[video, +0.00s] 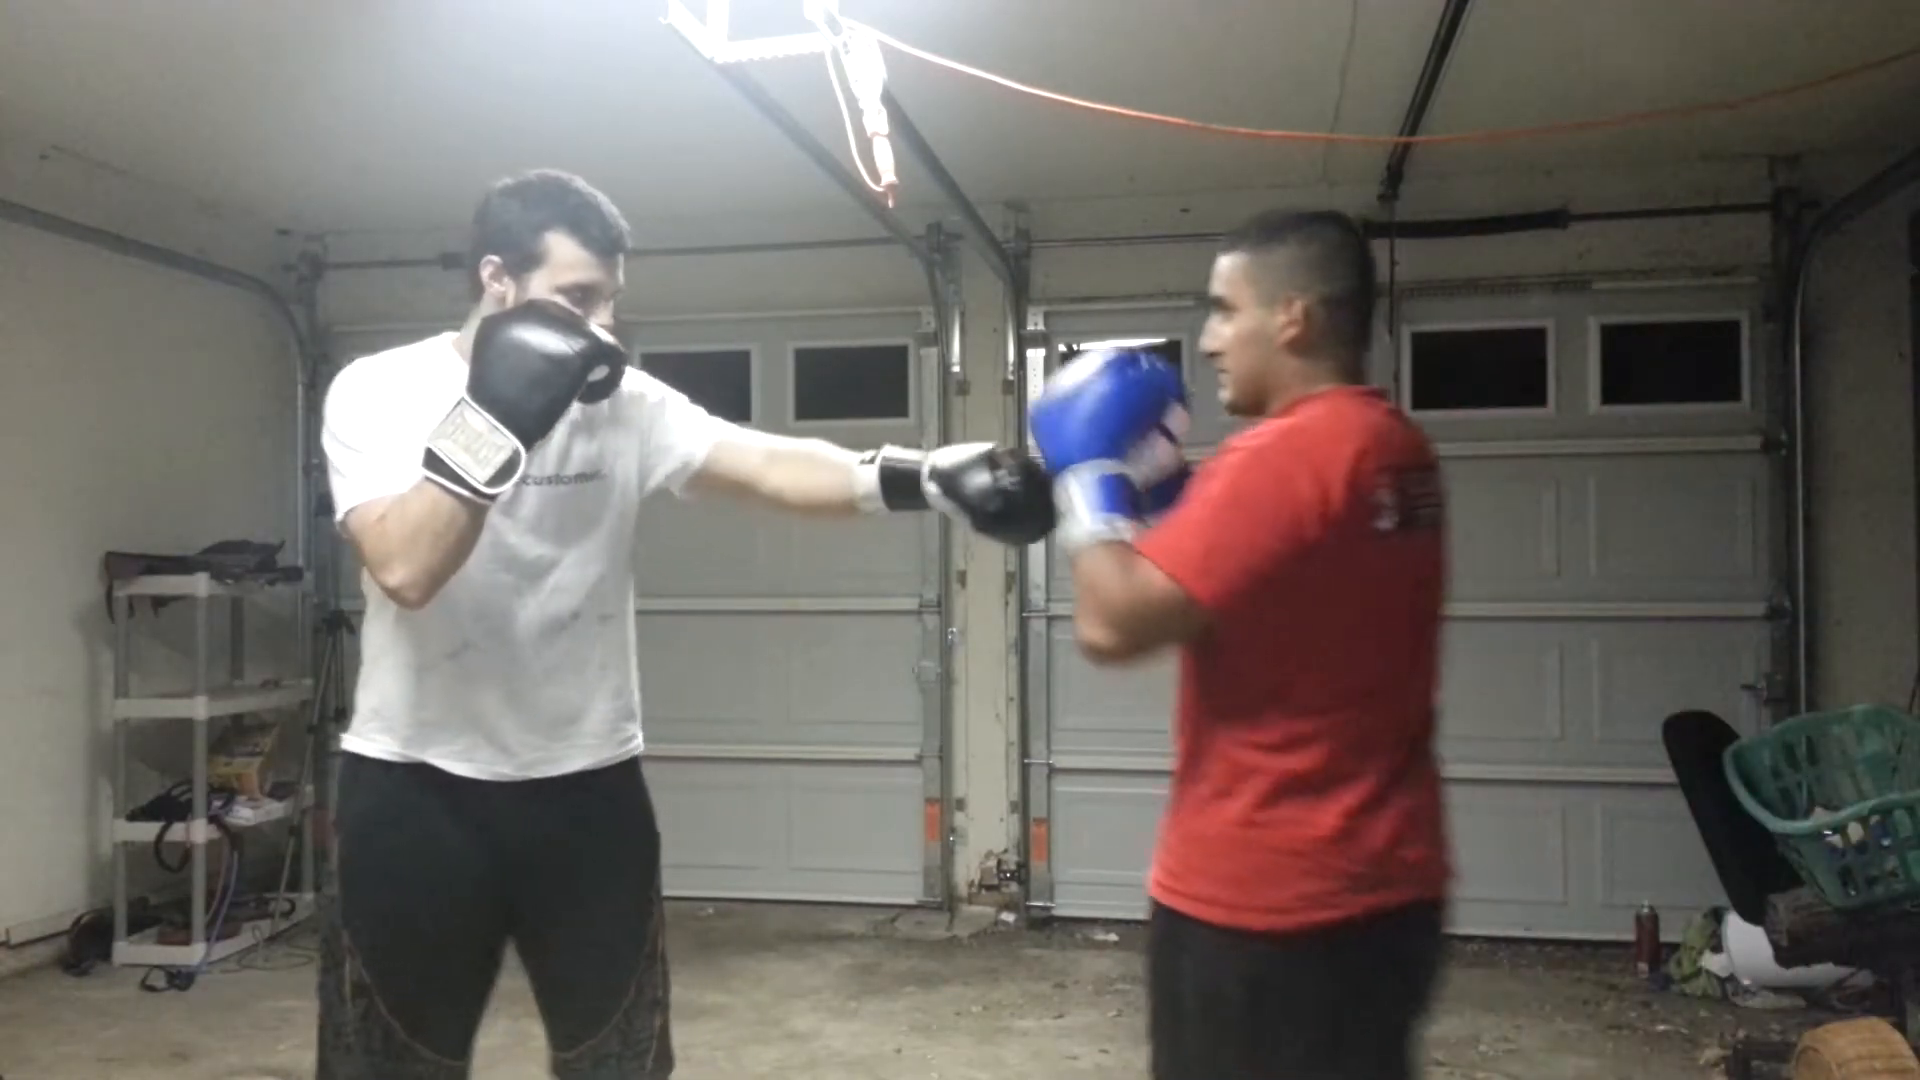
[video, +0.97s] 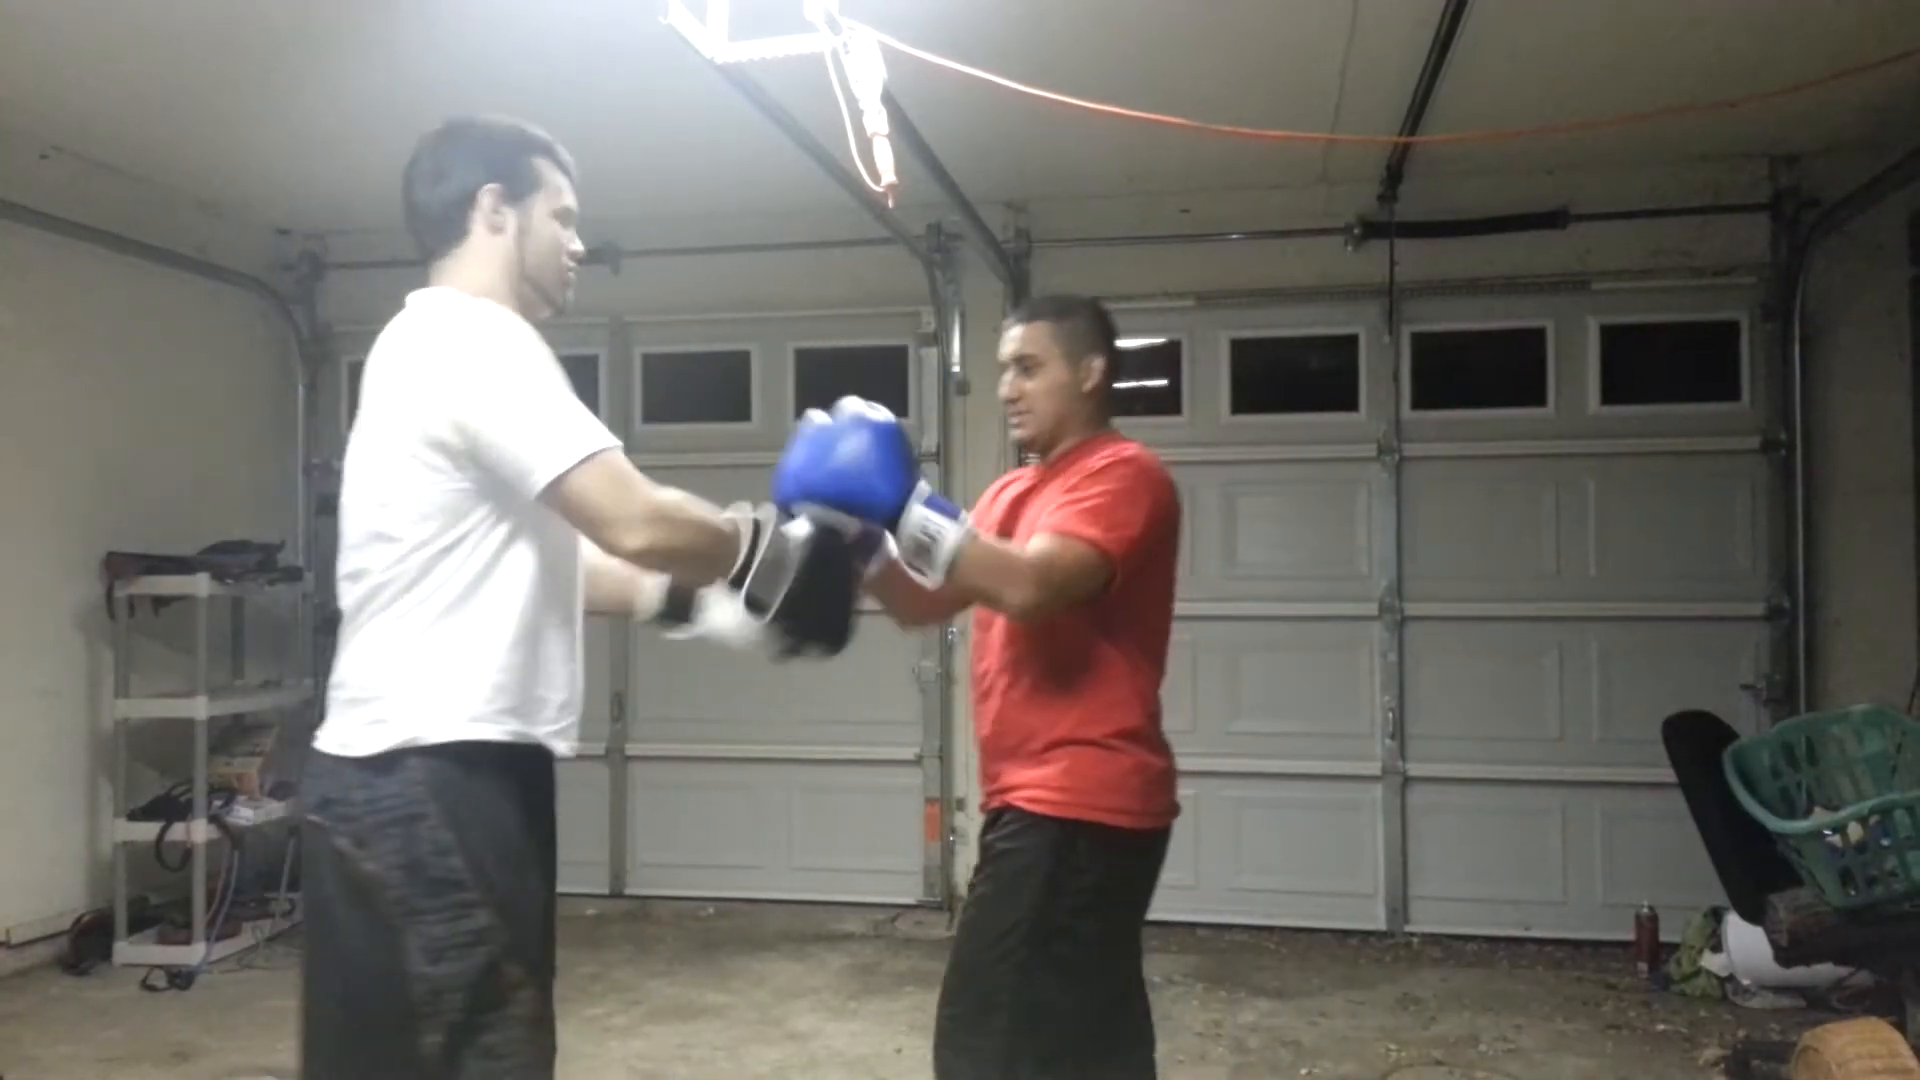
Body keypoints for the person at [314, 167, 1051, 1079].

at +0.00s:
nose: (597, 327)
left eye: (609, 305)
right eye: (576, 299)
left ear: (615, 295)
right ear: (495, 281)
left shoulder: (622, 402)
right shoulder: (378, 393)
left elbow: (769, 465)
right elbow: (403, 569)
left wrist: (921, 474)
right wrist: (497, 409)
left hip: (589, 793)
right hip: (415, 793)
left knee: (621, 1058)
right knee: (391, 1060)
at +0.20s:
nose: (569, 314)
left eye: (577, 289)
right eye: (543, 287)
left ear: (580, 281)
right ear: (460, 272)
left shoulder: (590, 401)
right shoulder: (337, 387)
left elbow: (750, 461)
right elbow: (367, 559)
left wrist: (911, 462)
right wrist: (465, 400)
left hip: (555, 805)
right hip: (373, 805)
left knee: (588, 1064)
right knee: (346, 1065)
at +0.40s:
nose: (541, 288)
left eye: (545, 265)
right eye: (517, 260)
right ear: (430, 251)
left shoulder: (542, 371)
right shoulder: (303, 380)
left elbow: (683, 495)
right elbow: (350, 576)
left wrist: (841, 531)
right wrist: (496, 459)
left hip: (540, 803)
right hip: (363, 816)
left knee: (582, 1064)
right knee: (357, 1063)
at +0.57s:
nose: (551, 272)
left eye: (552, 250)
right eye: (528, 243)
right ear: (442, 242)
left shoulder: (539, 417)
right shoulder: (330, 382)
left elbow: (623, 582)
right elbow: (409, 599)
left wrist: (763, 656)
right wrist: (601, 641)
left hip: (519, 818)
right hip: (357, 815)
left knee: (516, 1065)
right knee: (354, 1065)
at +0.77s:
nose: (576, 255)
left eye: (573, 234)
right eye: (555, 228)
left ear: (487, 231)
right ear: (475, 226)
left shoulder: (517, 403)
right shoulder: (404, 361)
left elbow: (578, 572)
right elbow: (555, 564)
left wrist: (728, 621)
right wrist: (721, 629)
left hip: (503, 802)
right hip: (370, 800)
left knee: (507, 1062)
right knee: (359, 1062)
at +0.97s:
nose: (580, 251)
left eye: (577, 225)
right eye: (567, 219)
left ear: (487, 216)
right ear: (494, 209)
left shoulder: (423, 343)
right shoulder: (474, 337)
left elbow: (534, 558)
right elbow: (634, 520)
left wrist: (697, 600)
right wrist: (769, 547)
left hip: (392, 770)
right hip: (440, 776)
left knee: (377, 1060)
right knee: (485, 1053)